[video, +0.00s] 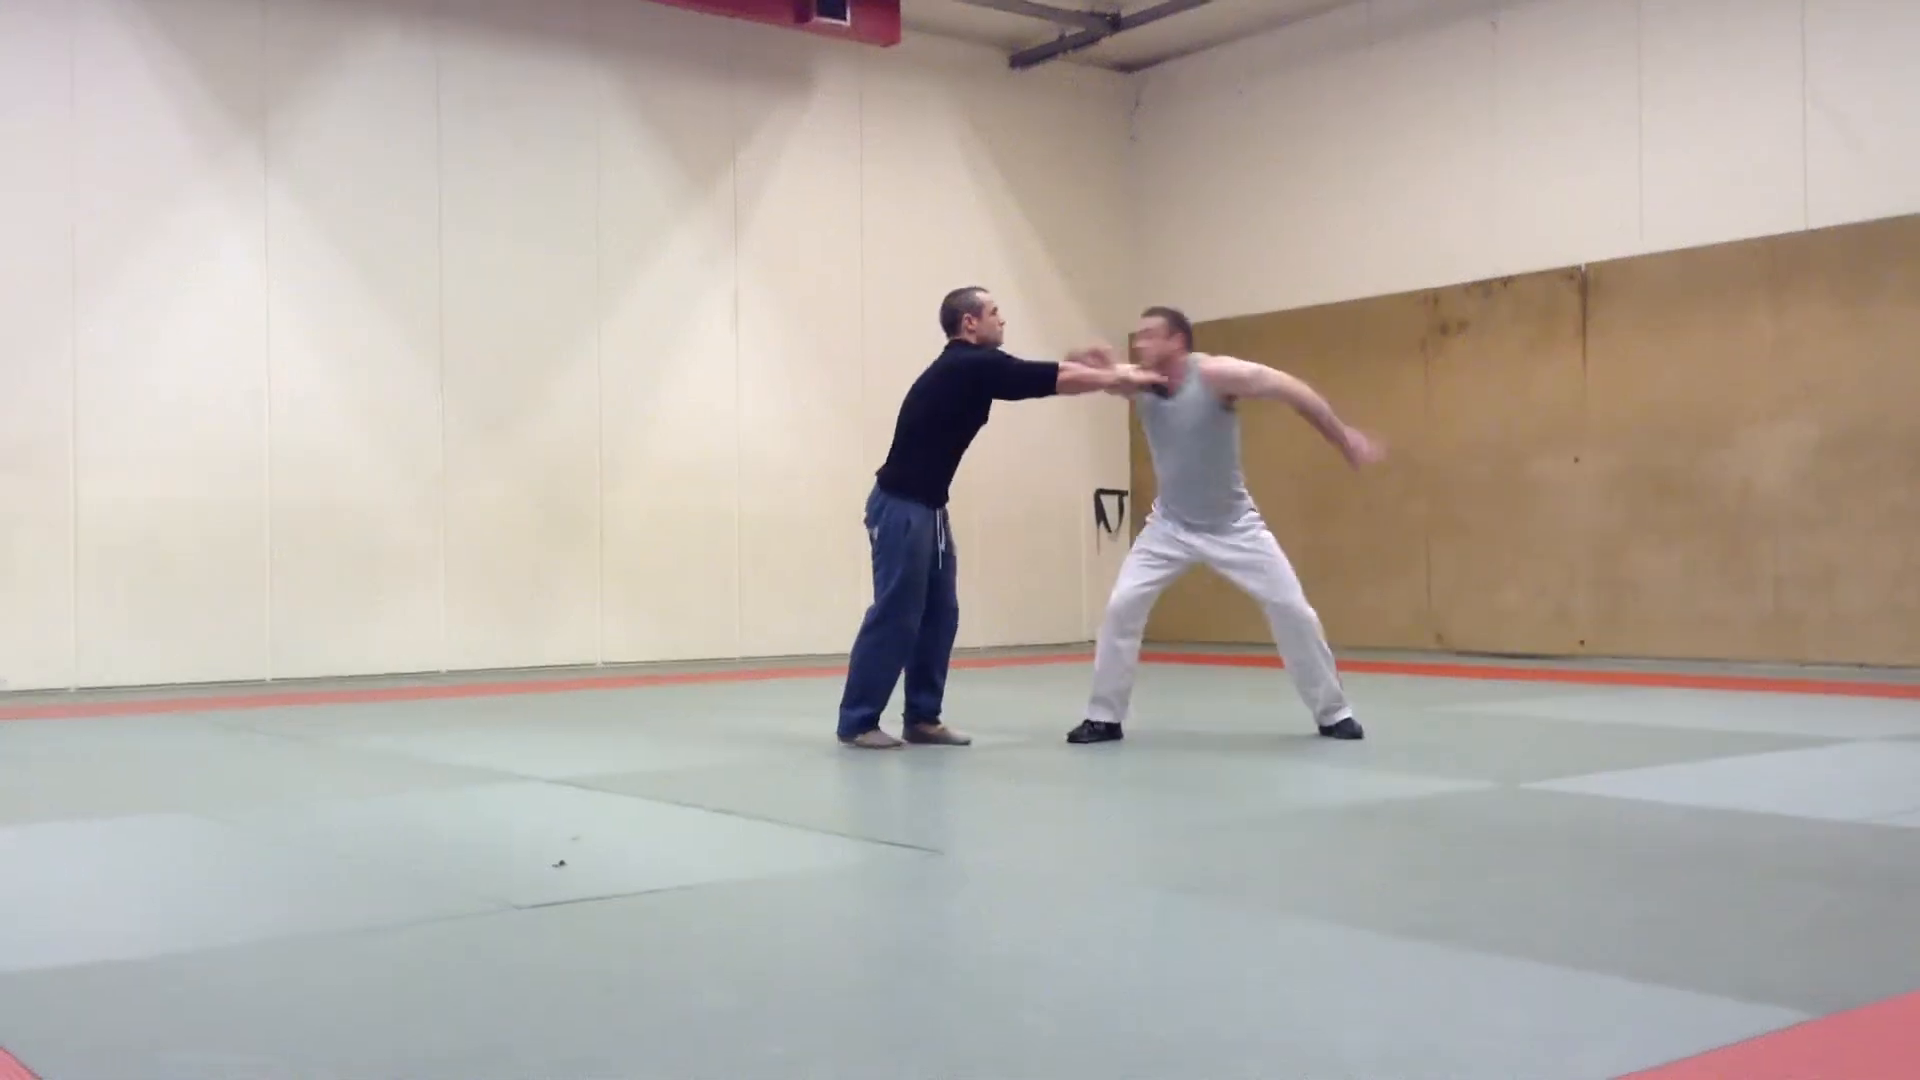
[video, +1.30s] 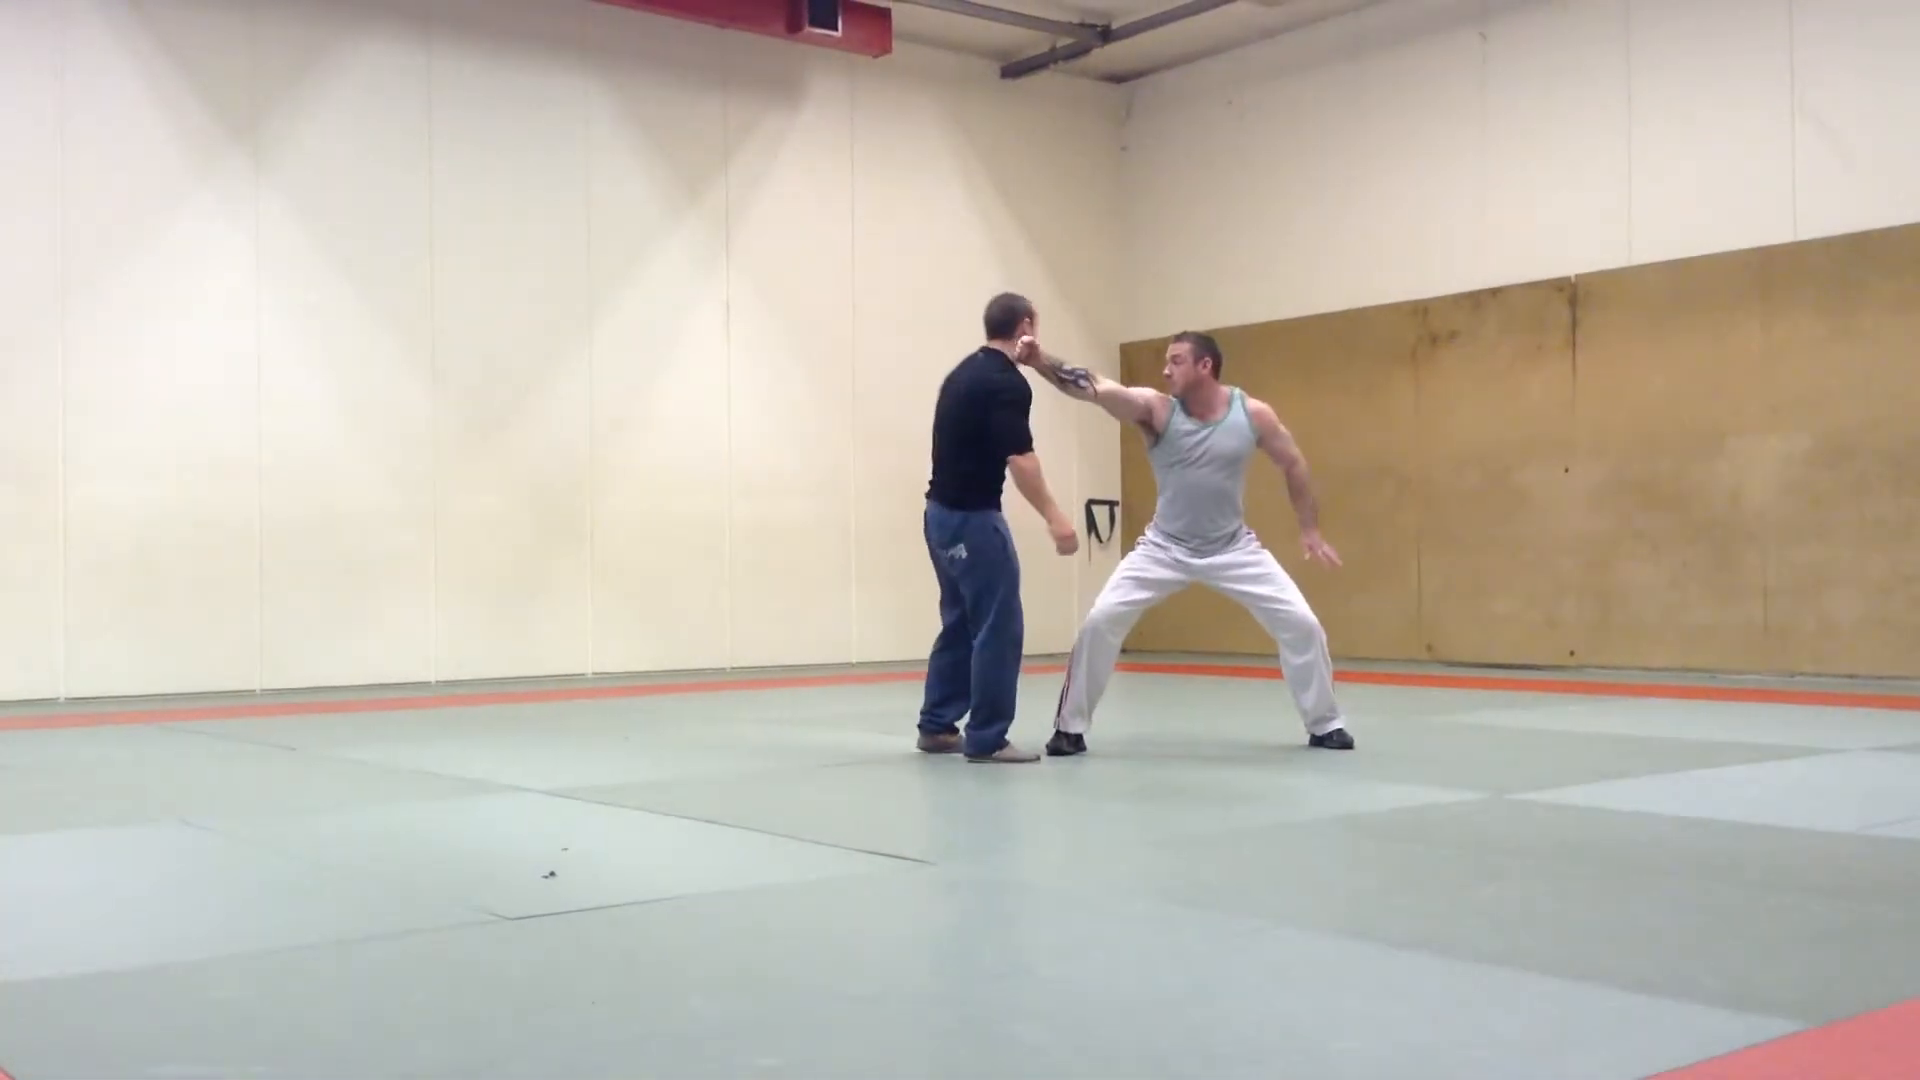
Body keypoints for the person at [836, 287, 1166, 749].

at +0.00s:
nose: (1002, 319)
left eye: (998, 312)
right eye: (993, 313)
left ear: (967, 325)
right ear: (969, 324)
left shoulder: (973, 364)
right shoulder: (969, 365)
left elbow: (1038, 377)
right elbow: (1050, 380)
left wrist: (1085, 367)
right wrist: (1123, 377)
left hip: (929, 510)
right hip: (902, 509)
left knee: (939, 616)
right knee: (897, 614)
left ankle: (921, 721)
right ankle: (856, 723)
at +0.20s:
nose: (1021, 321)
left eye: (1020, 314)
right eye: (1012, 315)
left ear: (991, 323)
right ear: (982, 322)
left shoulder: (996, 372)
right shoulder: (970, 362)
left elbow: (1055, 420)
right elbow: (1051, 402)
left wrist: (1116, 429)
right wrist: (1129, 406)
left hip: (944, 502)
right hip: (916, 501)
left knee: (952, 606)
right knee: (941, 602)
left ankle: (922, 711)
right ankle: (913, 712)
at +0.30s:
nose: (1031, 330)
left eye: (1030, 322)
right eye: (1021, 323)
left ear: (1000, 329)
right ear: (990, 327)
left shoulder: (1017, 383)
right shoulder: (958, 373)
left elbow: (1057, 427)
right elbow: (1003, 421)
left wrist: (1084, 448)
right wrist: (1062, 442)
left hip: (963, 508)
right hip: (928, 507)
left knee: (965, 612)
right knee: (961, 612)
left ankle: (923, 712)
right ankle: (985, 729)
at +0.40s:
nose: (1035, 340)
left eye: (1035, 333)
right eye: (1027, 333)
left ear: (1012, 338)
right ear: (996, 338)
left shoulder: (1029, 397)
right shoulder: (954, 387)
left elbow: (1053, 450)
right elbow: (968, 452)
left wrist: (1057, 488)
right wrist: (1015, 487)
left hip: (978, 519)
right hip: (943, 518)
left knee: (981, 619)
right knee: (986, 616)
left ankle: (924, 715)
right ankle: (987, 733)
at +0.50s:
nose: (1047, 346)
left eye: (1046, 338)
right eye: (1037, 338)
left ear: (1018, 344)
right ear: (1007, 343)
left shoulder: (1041, 403)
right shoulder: (962, 394)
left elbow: (1052, 467)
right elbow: (941, 465)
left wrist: (1034, 510)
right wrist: (964, 518)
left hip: (989, 522)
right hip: (950, 521)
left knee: (990, 625)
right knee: (998, 623)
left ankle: (926, 713)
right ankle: (987, 737)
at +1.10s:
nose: (1061, 340)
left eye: (1060, 331)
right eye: (1056, 331)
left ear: (1025, 334)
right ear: (1031, 335)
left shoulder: (1006, 379)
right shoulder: (1004, 385)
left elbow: (1016, 460)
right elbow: (1002, 468)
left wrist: (1049, 501)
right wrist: (1030, 523)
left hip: (955, 517)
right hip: (969, 521)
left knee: (969, 622)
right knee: (999, 626)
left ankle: (937, 722)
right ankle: (987, 739)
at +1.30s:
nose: (1037, 337)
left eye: (1036, 328)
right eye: (1035, 328)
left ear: (988, 328)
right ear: (1024, 329)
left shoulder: (964, 371)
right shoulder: (1007, 382)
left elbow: (950, 445)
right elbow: (1021, 462)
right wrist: (1056, 520)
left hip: (942, 517)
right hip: (976, 523)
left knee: (960, 623)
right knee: (1000, 628)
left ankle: (937, 726)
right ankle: (987, 740)